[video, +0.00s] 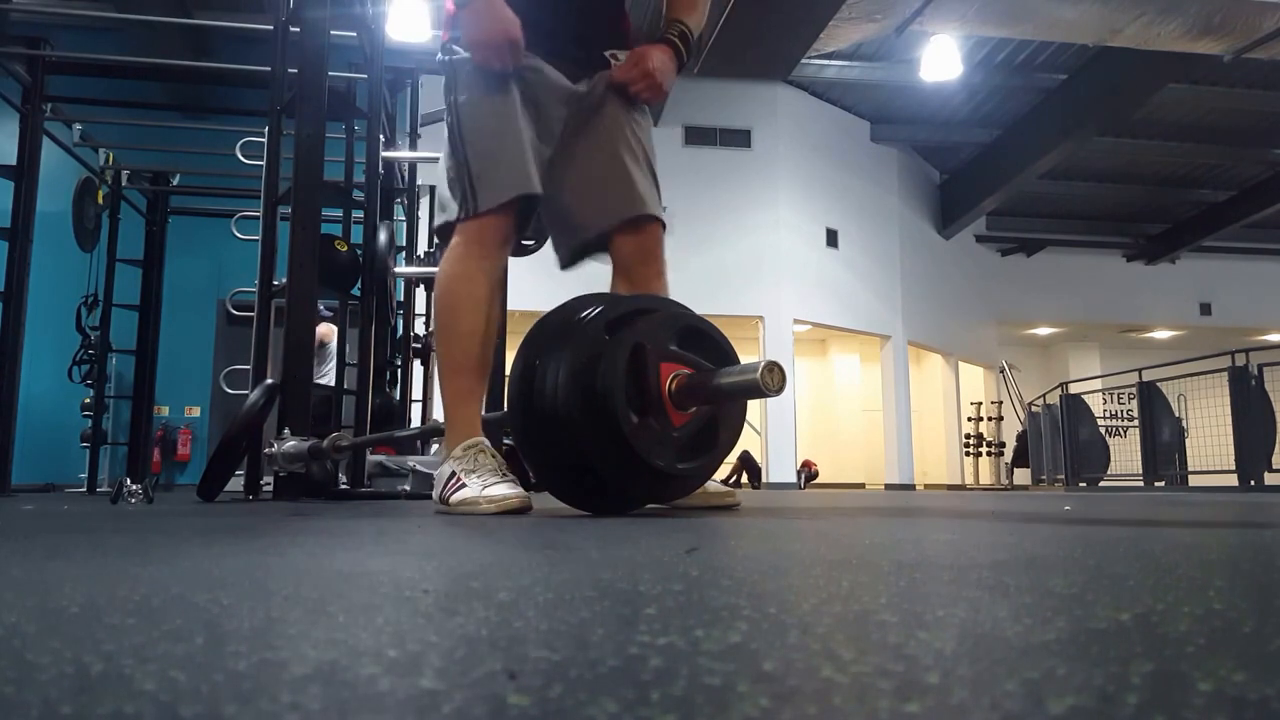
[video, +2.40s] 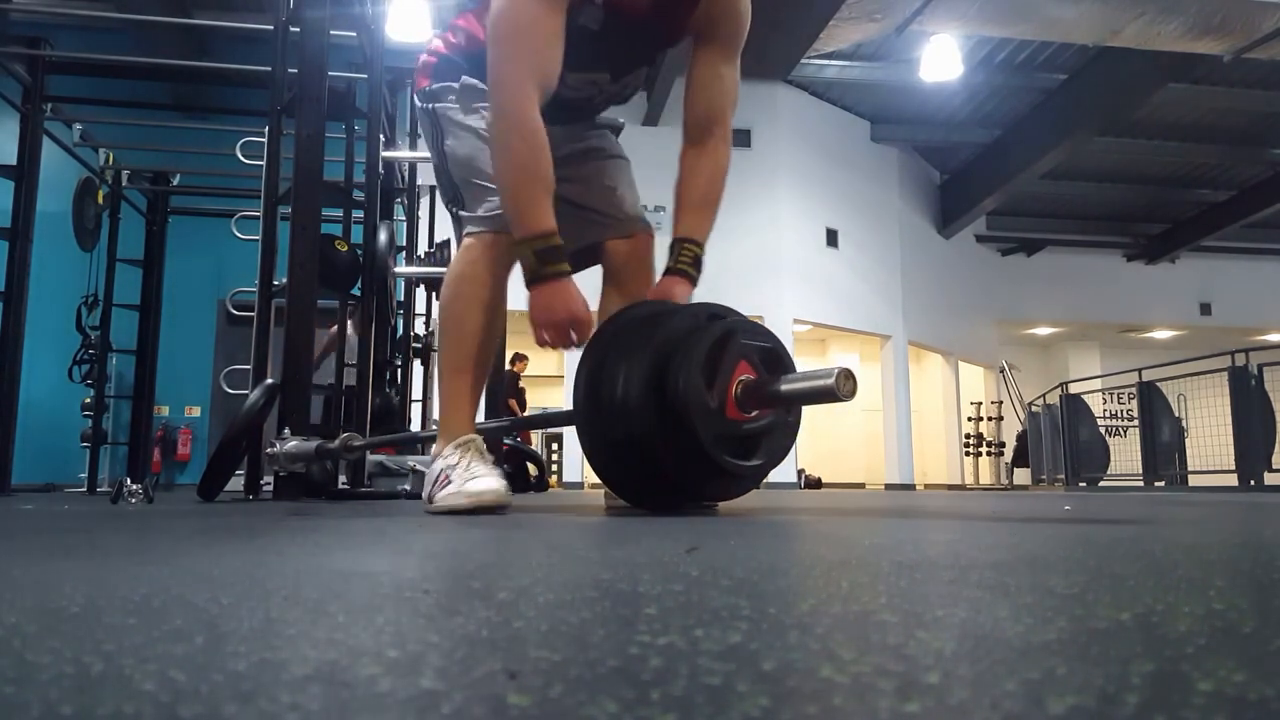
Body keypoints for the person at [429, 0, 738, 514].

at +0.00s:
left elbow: (692, 4)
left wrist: (674, 44)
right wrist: (474, 2)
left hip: (605, 56)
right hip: (502, 36)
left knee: (642, 231)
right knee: (490, 217)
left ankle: (659, 460)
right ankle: (464, 451)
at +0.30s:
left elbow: (717, 4)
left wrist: (686, 108)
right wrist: (498, 69)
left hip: (605, 75)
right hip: (495, 58)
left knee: (633, 242)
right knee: (482, 219)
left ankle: (652, 455)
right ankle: (443, 440)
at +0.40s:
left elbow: (714, 26)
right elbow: (485, 4)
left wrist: (689, 140)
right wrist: (513, 124)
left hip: (586, 84)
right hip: (476, 64)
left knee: (631, 240)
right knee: (465, 232)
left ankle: (648, 459)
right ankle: (438, 452)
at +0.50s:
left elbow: (702, 54)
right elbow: (502, 34)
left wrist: (681, 167)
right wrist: (524, 195)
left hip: (566, 84)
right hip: (463, 65)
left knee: (627, 232)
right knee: (463, 223)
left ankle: (648, 456)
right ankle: (437, 453)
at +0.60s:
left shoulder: (700, 3)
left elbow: (680, 86)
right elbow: (518, 94)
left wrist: (659, 186)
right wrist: (538, 270)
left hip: (565, 99)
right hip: (460, 77)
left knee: (631, 235)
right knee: (468, 208)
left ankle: (646, 454)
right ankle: (438, 452)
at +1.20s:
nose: (722, 7)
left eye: (732, 3)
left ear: (740, 3)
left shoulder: (729, 29)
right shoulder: (558, 11)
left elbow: (672, 155)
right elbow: (533, 174)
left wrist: (635, 215)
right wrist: (558, 325)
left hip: (579, 122)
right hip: (471, 97)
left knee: (650, 238)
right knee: (490, 208)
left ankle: (647, 454)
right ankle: (439, 453)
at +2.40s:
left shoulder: (723, 5)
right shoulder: (535, 2)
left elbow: (707, 135)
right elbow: (516, 100)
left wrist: (684, 268)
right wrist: (547, 270)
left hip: (576, 107)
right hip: (473, 76)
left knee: (631, 241)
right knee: (496, 225)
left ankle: (630, 463)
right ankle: (456, 449)